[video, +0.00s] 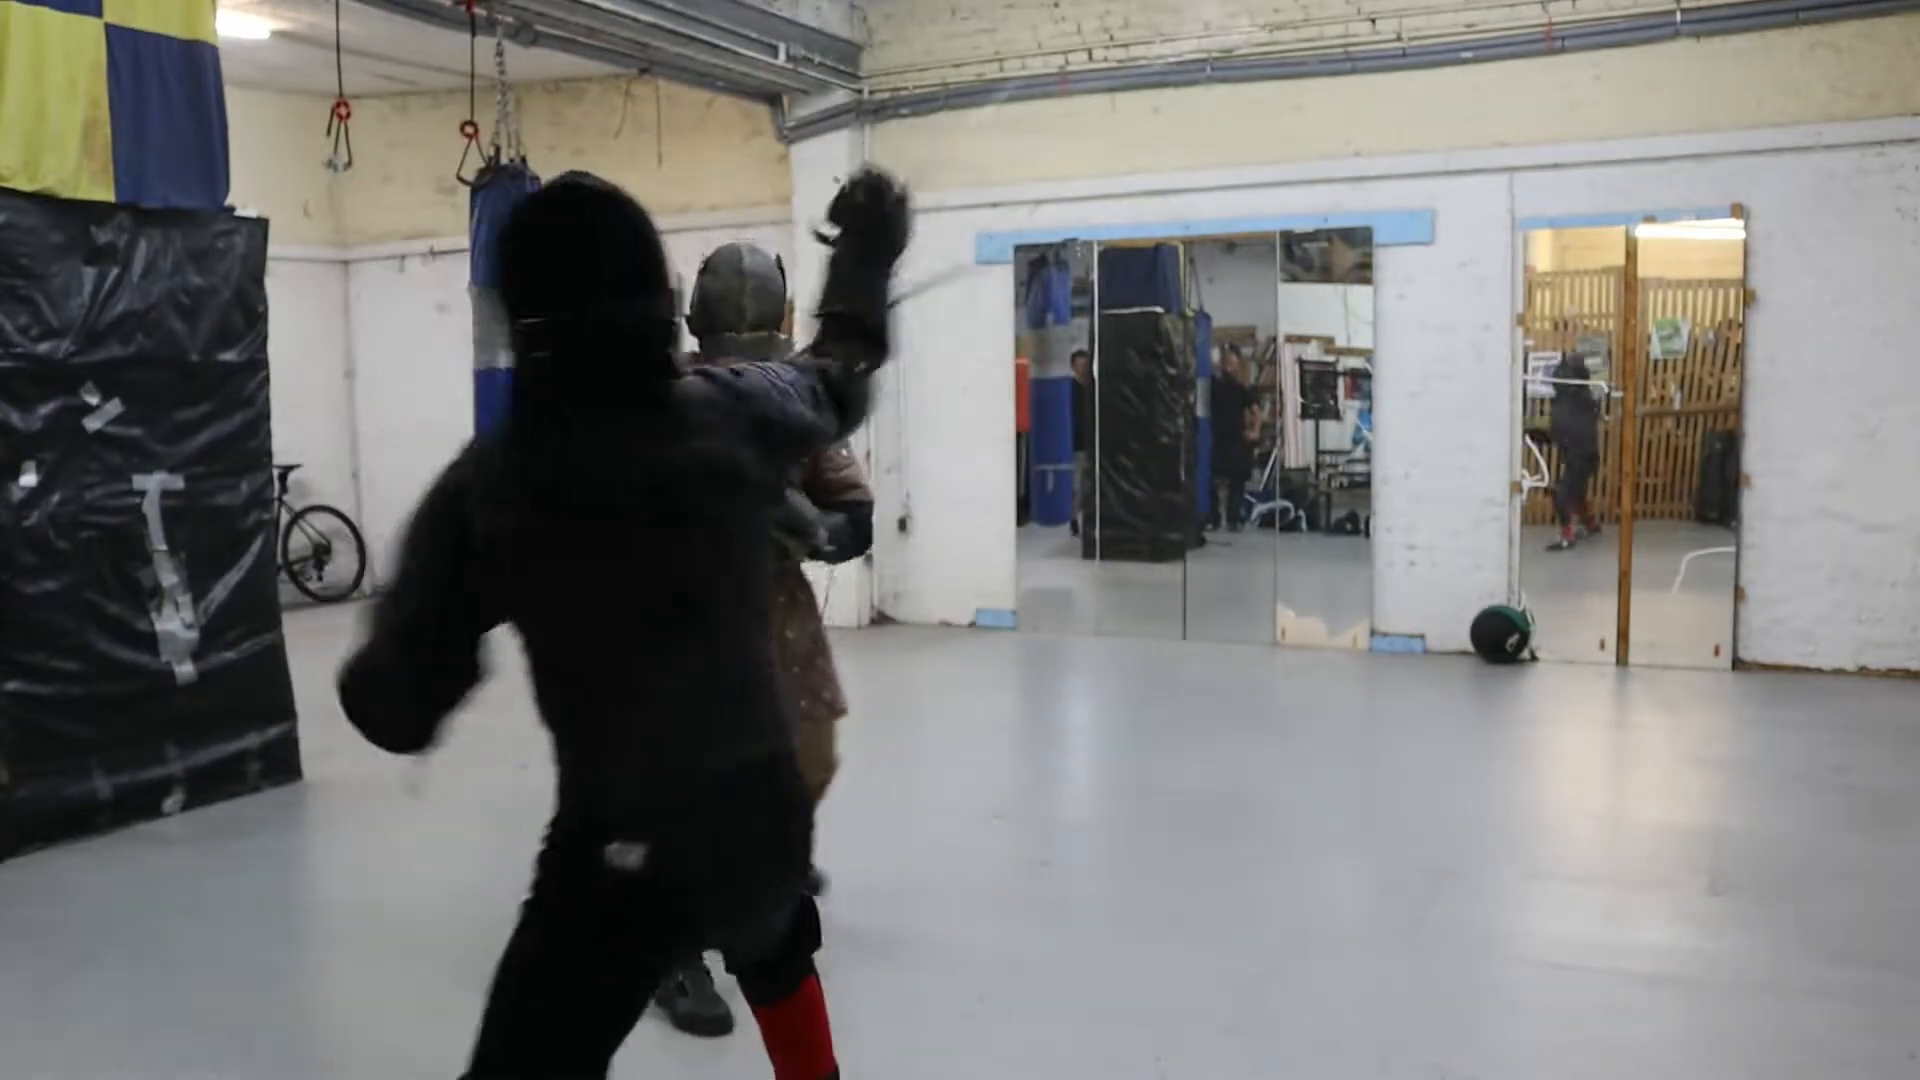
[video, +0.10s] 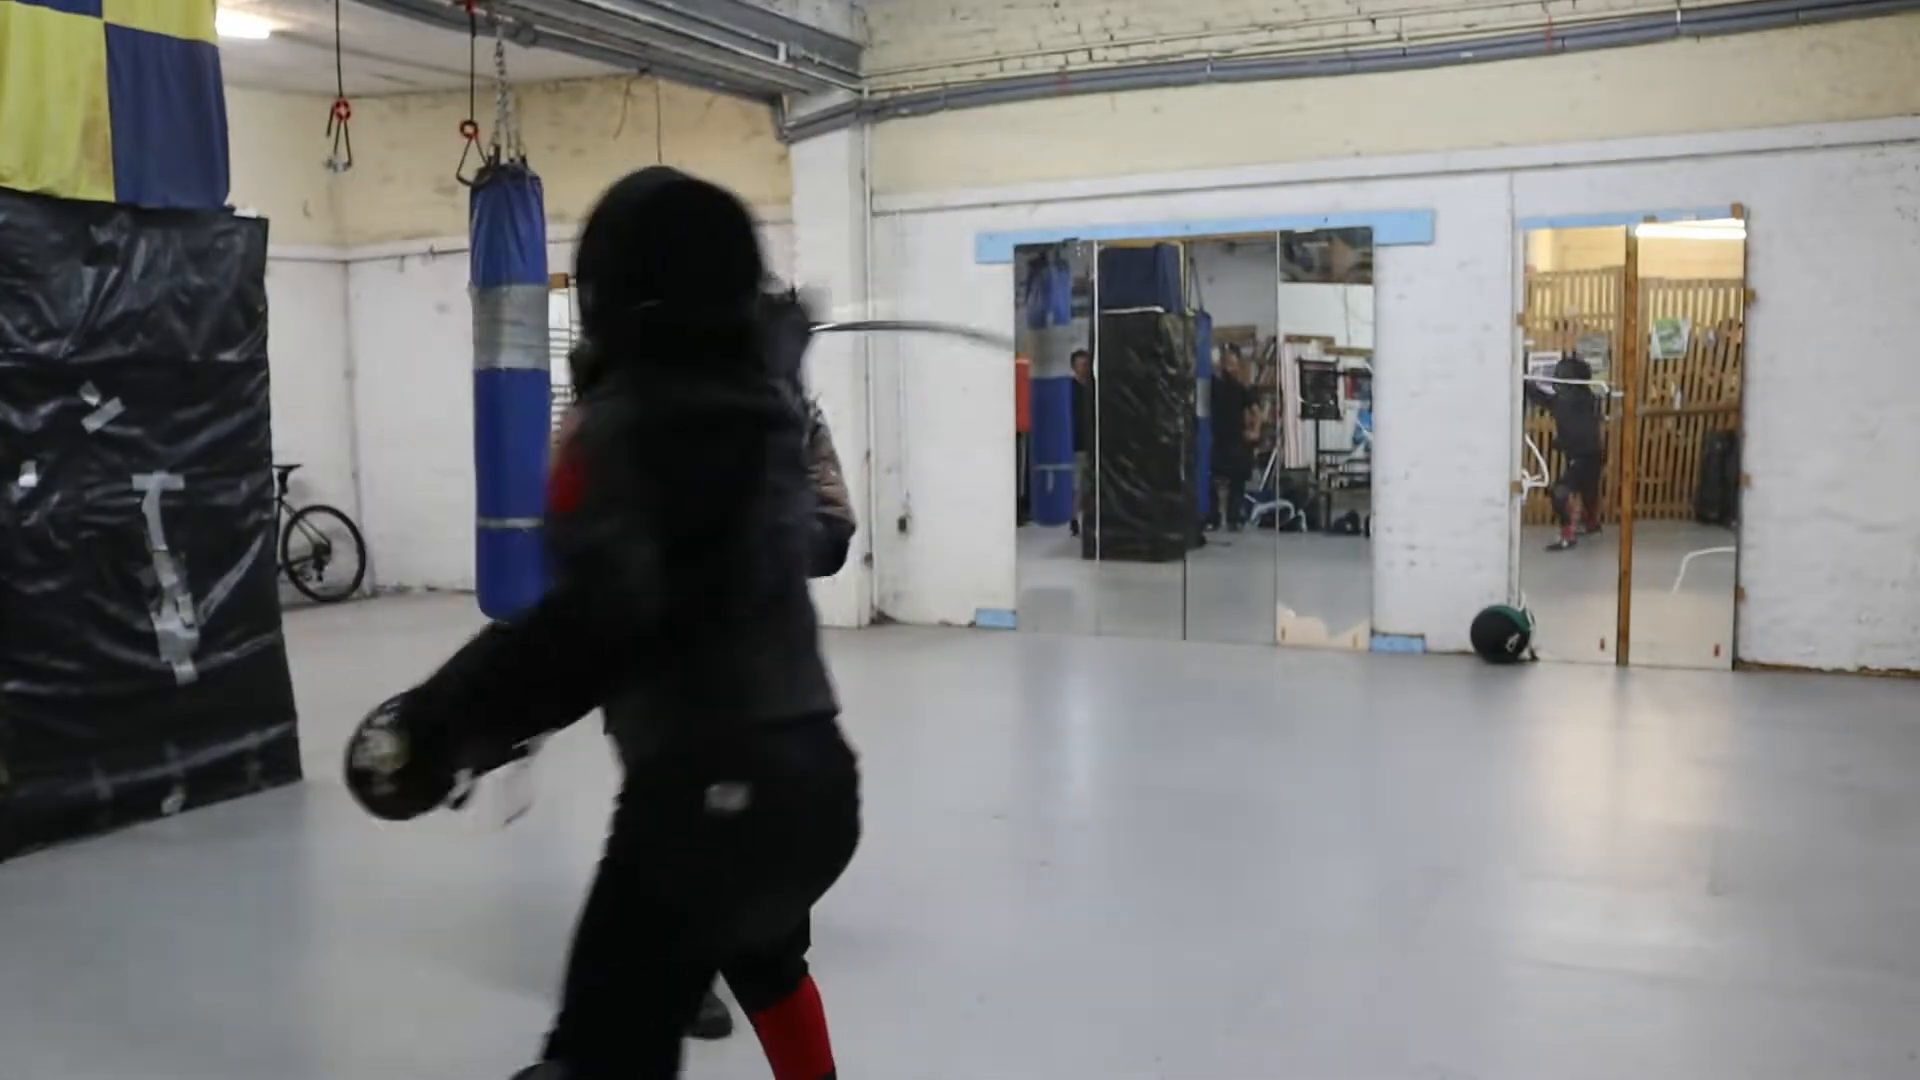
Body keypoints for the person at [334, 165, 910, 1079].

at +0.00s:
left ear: (520, 320)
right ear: (658, 299)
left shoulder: (491, 487)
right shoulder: (729, 420)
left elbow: (390, 709)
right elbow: (838, 377)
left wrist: (440, 595)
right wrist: (862, 259)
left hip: (617, 844)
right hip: (760, 806)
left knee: (521, 1067)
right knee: (780, 977)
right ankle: (811, 1069)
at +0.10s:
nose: (585, 295)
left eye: (595, 273)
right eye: (591, 273)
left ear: (620, 287)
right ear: (733, 280)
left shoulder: (632, 424)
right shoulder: (763, 402)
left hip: (702, 794)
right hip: (807, 772)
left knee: (605, 1052)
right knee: (767, 965)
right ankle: (813, 1071)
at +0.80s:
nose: (881, 293)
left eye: (886, 267)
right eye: (878, 268)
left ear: (923, 262)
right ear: (1042, 244)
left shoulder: (927, 413)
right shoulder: (1129, 385)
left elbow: (885, 674)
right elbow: (1220, 551)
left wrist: (785, 643)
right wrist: (1111, 620)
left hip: (1063, 791)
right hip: (1165, 769)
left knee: (1083, 1053)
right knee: (989, 931)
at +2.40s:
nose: (892, 272)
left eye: (900, 243)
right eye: (889, 245)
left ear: (949, 239)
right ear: (1077, 230)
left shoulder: (928, 404)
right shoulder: (1177, 405)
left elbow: (817, 678)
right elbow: (1223, 632)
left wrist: (762, 611)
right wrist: (1090, 663)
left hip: (1040, 851)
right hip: (1175, 833)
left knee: (998, 1063)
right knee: (1059, 1056)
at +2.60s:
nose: (898, 282)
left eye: (907, 253)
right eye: (896, 253)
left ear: (950, 255)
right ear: (1090, 251)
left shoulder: (917, 423)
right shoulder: (1157, 425)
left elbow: (743, 591)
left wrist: (758, 450)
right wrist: (862, 443)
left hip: (1032, 897)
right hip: (1161, 875)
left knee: (946, 1063)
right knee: (1013, 1055)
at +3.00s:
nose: (872, 244)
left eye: (887, 216)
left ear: (917, 236)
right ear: (1114, 215)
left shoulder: (886, 424)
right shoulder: (1191, 366)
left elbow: (698, 548)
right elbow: (1256, 213)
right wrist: (1129, 70)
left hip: (1032, 949)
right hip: (1219, 924)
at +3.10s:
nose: (882, 261)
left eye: (893, 232)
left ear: (925, 239)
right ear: (1115, 221)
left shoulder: (885, 429)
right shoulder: (1203, 380)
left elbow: (688, 564)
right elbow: (1287, 285)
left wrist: (821, 646)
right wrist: (1153, 150)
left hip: (1034, 940)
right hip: (1217, 916)